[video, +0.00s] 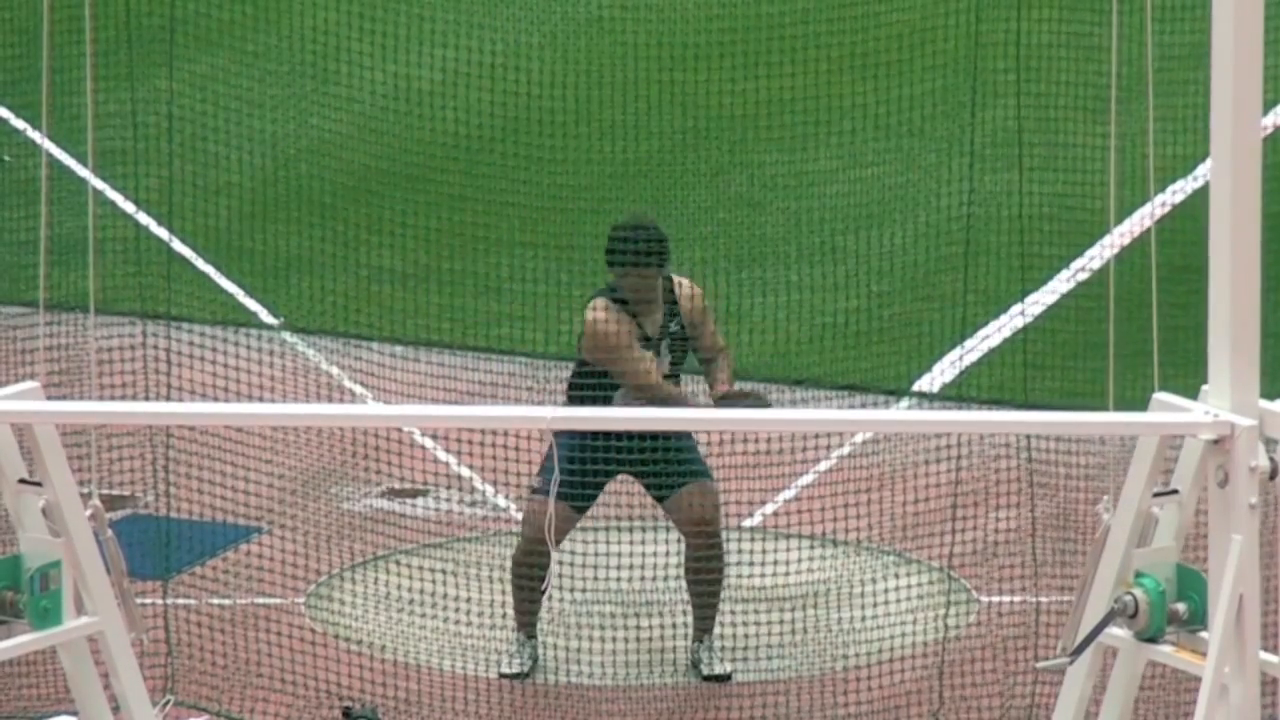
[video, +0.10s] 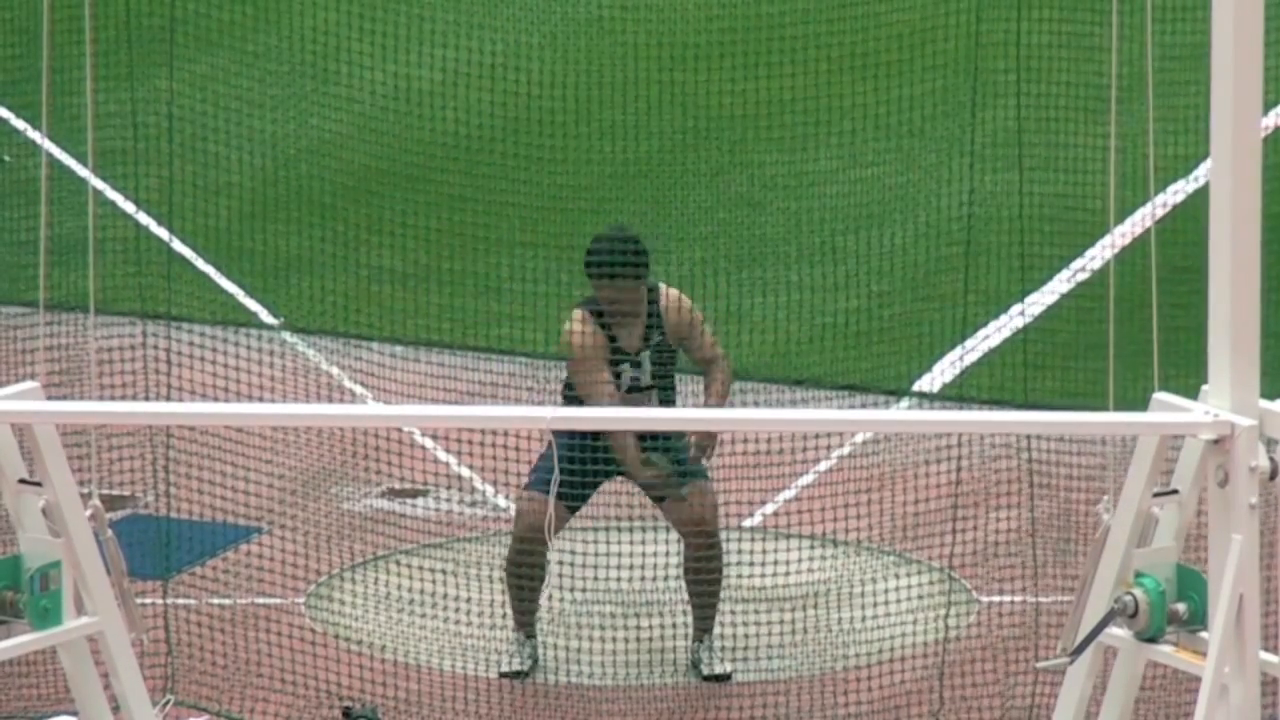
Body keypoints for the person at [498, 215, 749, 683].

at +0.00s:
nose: (639, 278)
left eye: (648, 269)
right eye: (629, 269)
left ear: (664, 268)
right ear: (614, 270)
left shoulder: (686, 297)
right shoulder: (601, 319)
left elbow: (716, 353)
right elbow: (647, 385)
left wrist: (722, 388)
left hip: (658, 432)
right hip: (591, 435)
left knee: (704, 523)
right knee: (538, 532)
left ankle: (704, 643)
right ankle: (524, 641)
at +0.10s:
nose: (609, 291)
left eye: (619, 281)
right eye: (602, 281)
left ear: (641, 278)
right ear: (594, 281)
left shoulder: (672, 308)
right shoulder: (583, 328)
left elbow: (718, 364)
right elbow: (605, 408)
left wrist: (709, 425)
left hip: (656, 436)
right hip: (587, 439)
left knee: (702, 524)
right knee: (529, 525)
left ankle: (704, 643)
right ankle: (524, 641)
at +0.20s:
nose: (590, 299)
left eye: (600, 288)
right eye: (580, 289)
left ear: (621, 286)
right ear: (569, 289)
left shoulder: (656, 319)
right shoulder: (557, 339)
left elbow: (711, 370)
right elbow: (541, 417)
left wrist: (701, 436)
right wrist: (533, 480)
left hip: (649, 445)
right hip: (578, 447)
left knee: (698, 526)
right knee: (521, 523)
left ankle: (704, 642)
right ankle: (523, 641)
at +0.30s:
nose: (582, 303)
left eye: (590, 292)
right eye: (570, 293)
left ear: (603, 290)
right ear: (552, 293)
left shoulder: (635, 325)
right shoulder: (536, 337)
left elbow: (695, 378)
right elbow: (493, 404)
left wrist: (687, 450)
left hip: (643, 444)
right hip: (572, 444)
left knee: (695, 532)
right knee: (517, 521)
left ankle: (703, 642)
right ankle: (523, 641)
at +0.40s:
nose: (556, 297)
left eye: (564, 288)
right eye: (548, 288)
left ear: (583, 288)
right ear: (537, 289)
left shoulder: (615, 327)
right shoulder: (522, 326)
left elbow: (662, 387)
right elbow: (463, 361)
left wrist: (662, 451)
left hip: (631, 445)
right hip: (563, 442)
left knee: (688, 536)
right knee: (513, 523)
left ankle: (703, 642)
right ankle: (523, 640)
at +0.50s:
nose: (542, 296)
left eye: (551, 288)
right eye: (534, 287)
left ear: (569, 286)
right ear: (524, 283)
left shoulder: (598, 323)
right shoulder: (515, 301)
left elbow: (624, 393)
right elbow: (463, 304)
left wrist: (621, 454)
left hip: (621, 434)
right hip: (558, 433)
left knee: (676, 536)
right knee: (508, 524)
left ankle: (702, 641)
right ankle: (522, 641)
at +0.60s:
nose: (531, 292)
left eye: (539, 282)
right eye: (524, 282)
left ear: (559, 278)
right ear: (513, 278)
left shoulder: (580, 320)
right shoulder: (514, 283)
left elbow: (589, 396)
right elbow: (481, 247)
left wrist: (570, 453)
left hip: (612, 425)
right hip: (553, 421)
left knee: (663, 534)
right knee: (507, 519)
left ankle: (700, 638)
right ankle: (522, 639)